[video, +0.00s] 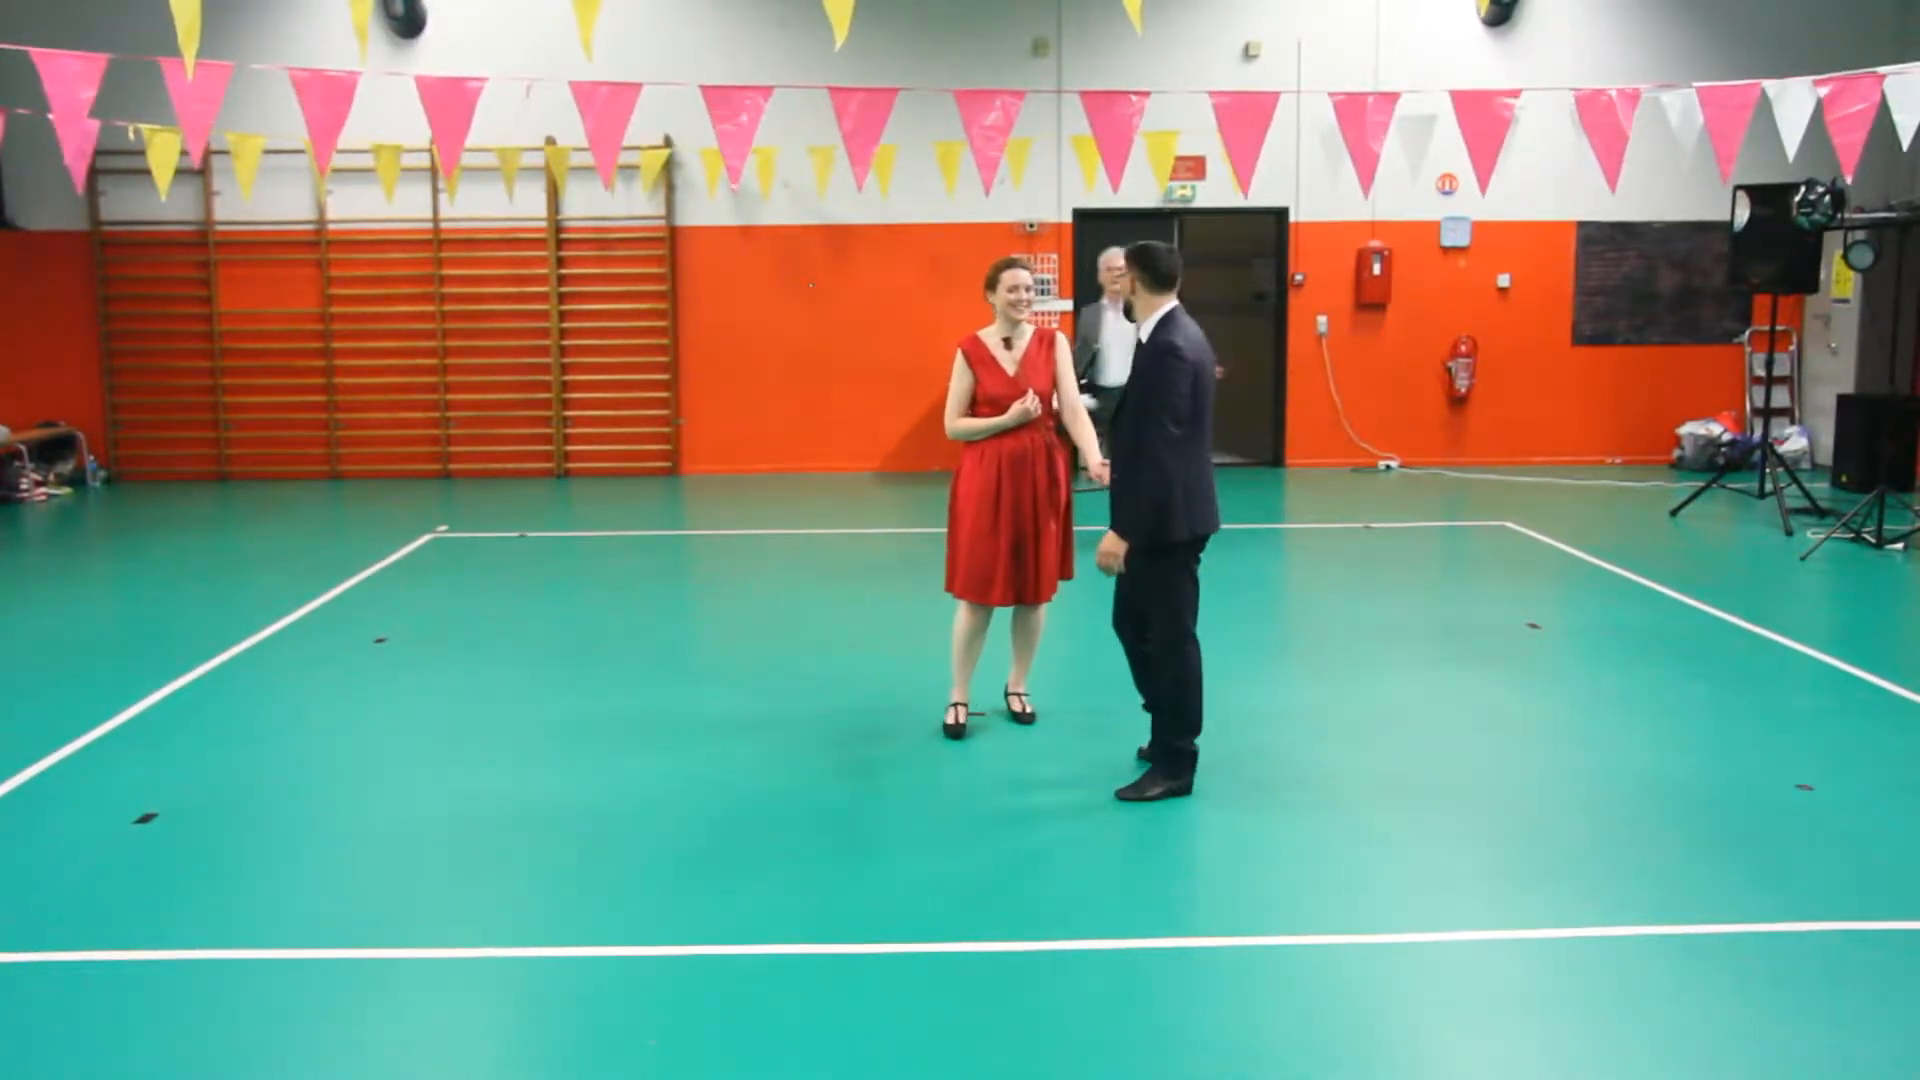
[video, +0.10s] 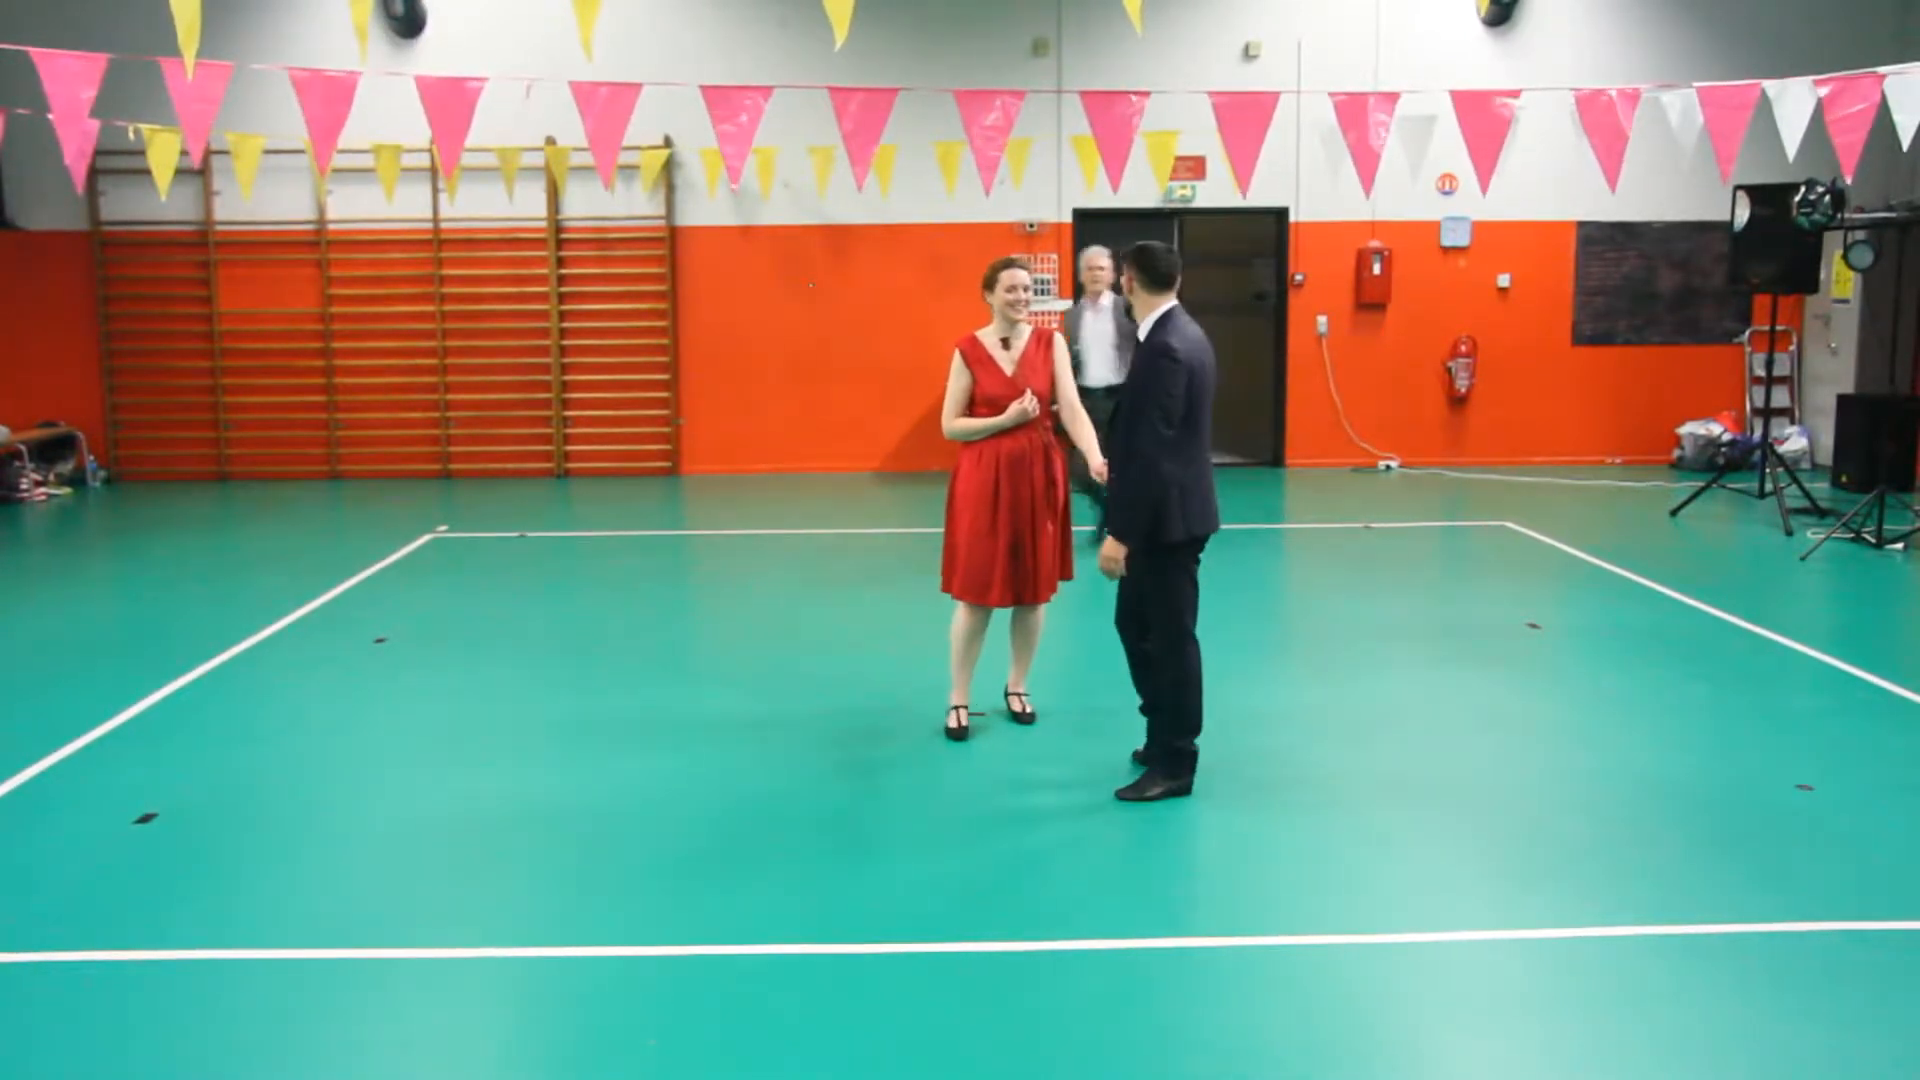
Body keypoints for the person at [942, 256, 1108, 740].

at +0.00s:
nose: (1023, 297)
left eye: (1028, 289)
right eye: (1013, 290)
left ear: (1034, 295)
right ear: (991, 296)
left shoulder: (1053, 345)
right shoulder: (971, 351)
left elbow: (1073, 409)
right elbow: (954, 425)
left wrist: (1092, 455)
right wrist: (1007, 419)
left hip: (1040, 479)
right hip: (986, 479)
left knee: (1033, 593)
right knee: (977, 596)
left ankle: (1018, 688)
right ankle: (958, 698)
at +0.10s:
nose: (1021, 297)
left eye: (1026, 289)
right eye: (1011, 290)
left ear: (1033, 295)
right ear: (989, 296)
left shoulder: (1051, 344)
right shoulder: (969, 351)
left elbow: (1072, 409)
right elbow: (951, 425)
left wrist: (1093, 454)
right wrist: (1005, 419)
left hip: (1038, 478)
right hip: (984, 479)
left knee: (1032, 593)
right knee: (975, 596)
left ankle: (1018, 688)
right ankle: (958, 699)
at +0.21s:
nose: (1019, 296)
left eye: (1024, 288)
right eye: (1009, 289)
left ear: (1030, 294)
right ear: (986, 295)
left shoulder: (1045, 342)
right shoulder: (965, 351)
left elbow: (1069, 408)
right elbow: (946, 425)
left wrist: (1092, 454)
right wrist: (1000, 418)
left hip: (1033, 478)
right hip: (979, 479)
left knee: (1029, 592)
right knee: (973, 596)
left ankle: (1018, 687)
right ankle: (960, 700)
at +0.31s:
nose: (1016, 295)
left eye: (1021, 287)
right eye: (1006, 288)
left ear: (1028, 293)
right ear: (983, 294)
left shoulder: (1043, 343)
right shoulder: (961, 349)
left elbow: (1066, 409)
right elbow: (942, 424)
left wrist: (1090, 454)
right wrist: (997, 417)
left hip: (1030, 479)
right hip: (976, 481)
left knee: (1025, 594)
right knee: (971, 598)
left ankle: (1017, 687)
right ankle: (960, 700)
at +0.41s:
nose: (1013, 294)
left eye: (1018, 287)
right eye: (1002, 287)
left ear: (1024, 293)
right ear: (978, 293)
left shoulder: (1037, 343)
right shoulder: (956, 348)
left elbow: (1058, 408)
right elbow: (935, 423)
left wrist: (1082, 458)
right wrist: (993, 416)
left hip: (1023, 477)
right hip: (969, 479)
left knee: (1022, 593)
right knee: (968, 598)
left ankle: (1017, 686)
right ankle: (960, 700)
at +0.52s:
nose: (1011, 294)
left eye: (1015, 286)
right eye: (1001, 287)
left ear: (1019, 292)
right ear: (976, 292)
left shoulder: (1034, 343)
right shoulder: (951, 348)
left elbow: (1053, 411)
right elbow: (931, 423)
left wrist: (1076, 467)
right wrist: (987, 416)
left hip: (1020, 476)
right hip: (966, 478)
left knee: (1019, 591)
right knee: (965, 596)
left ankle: (1017, 685)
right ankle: (959, 700)